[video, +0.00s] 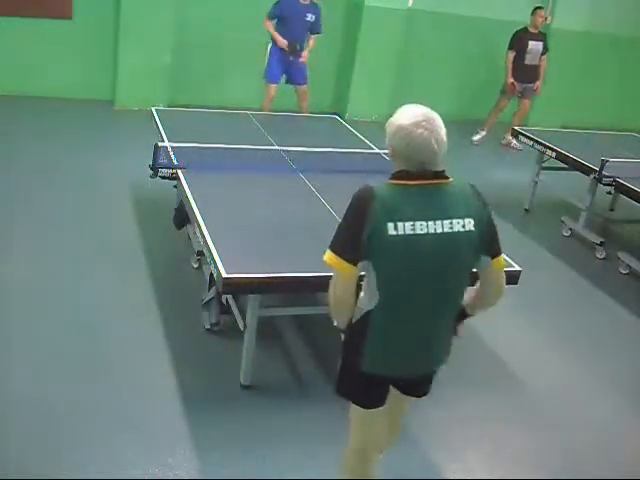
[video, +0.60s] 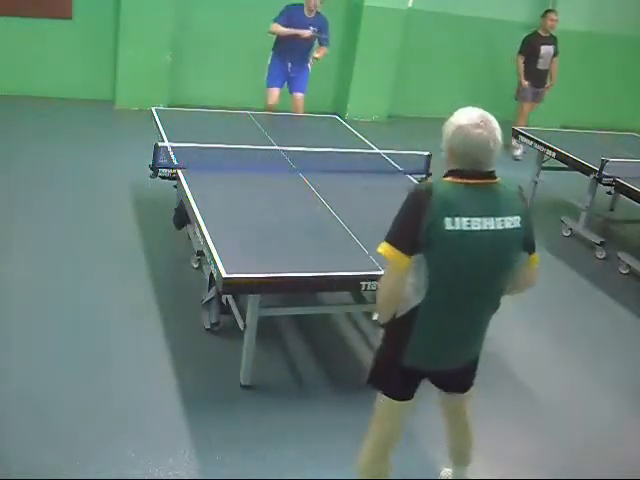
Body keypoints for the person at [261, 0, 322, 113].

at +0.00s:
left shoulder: (314, 9)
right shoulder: (284, 3)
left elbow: (313, 35)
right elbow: (268, 21)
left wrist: (306, 51)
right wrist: (278, 39)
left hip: (298, 52)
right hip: (279, 49)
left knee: (303, 90)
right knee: (271, 90)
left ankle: (303, 122)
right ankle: (264, 120)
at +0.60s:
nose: (312, 3)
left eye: (315, 1)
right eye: (310, 0)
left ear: (319, 3)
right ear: (306, 1)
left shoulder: (321, 21)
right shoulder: (291, 10)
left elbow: (323, 45)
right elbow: (273, 28)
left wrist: (318, 54)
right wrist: (299, 32)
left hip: (301, 63)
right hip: (279, 59)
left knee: (298, 99)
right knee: (271, 101)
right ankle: (268, 129)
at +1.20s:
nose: (317, 31)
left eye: (321, 28)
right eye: (316, 26)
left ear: (323, 29)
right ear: (308, 21)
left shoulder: (318, 43)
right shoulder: (291, 29)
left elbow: (319, 65)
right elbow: (290, 44)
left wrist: (322, 76)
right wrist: (316, 48)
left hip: (291, 78)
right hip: (271, 73)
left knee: (294, 114)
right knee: (280, 109)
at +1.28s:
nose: (317, 27)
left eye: (321, 24)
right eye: (315, 22)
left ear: (323, 25)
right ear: (308, 18)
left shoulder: (318, 40)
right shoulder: (291, 26)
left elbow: (319, 62)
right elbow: (290, 41)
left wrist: (322, 72)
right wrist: (316, 45)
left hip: (291, 76)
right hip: (271, 72)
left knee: (295, 113)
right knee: (280, 109)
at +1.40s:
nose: (317, 17)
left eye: (320, 15)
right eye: (315, 13)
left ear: (322, 16)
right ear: (307, 9)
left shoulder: (318, 32)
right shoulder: (291, 18)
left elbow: (321, 54)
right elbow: (289, 31)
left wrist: (325, 58)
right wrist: (316, 35)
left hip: (293, 71)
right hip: (273, 67)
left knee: (295, 111)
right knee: (279, 109)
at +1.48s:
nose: (317, 14)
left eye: (320, 11)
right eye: (315, 9)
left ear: (322, 11)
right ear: (307, 5)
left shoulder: (318, 27)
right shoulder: (291, 15)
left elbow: (323, 52)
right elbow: (290, 28)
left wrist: (328, 44)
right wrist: (317, 30)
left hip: (293, 70)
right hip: (273, 66)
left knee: (295, 110)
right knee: (279, 108)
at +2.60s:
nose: (285, 4)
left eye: (287, 1)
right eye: (282, 1)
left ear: (289, 4)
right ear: (275, 1)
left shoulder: (288, 20)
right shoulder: (258, 14)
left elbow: (291, 45)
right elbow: (240, 36)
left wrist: (293, 70)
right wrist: (245, 58)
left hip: (271, 70)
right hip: (249, 67)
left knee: (284, 108)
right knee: (228, 105)